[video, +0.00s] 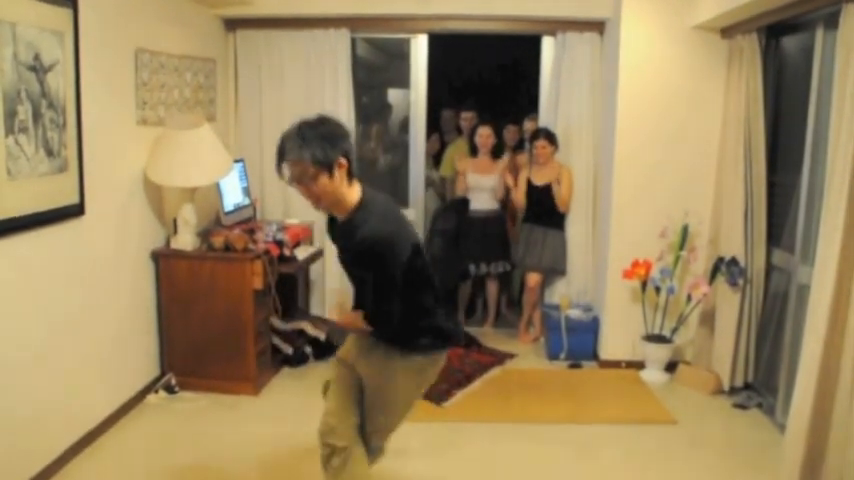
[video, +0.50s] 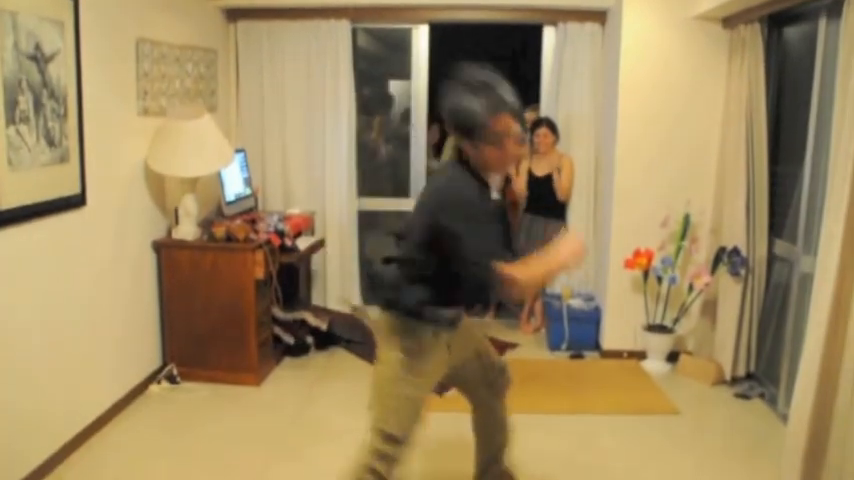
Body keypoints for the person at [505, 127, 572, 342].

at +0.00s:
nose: (540, 152)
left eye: (544, 147)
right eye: (536, 147)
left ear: (554, 149)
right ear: (532, 149)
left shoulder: (562, 172)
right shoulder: (526, 172)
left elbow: (563, 206)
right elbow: (520, 204)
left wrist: (555, 186)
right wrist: (514, 183)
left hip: (551, 229)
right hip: (530, 227)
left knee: (533, 280)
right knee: (535, 283)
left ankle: (523, 323)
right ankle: (538, 326)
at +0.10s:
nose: (540, 151)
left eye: (545, 146)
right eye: (537, 146)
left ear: (554, 148)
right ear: (532, 148)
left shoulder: (563, 171)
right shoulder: (527, 170)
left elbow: (564, 205)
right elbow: (521, 201)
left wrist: (546, 187)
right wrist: (518, 188)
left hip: (551, 228)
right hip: (530, 226)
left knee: (533, 278)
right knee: (534, 282)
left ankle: (524, 322)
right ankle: (538, 325)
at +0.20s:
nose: (540, 147)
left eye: (544, 142)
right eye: (537, 142)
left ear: (554, 145)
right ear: (532, 145)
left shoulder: (563, 168)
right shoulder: (527, 168)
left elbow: (564, 203)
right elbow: (522, 195)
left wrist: (536, 194)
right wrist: (526, 190)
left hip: (552, 224)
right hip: (531, 222)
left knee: (534, 276)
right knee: (533, 279)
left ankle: (524, 321)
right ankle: (539, 323)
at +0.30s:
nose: (539, 144)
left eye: (544, 140)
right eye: (536, 140)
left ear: (554, 143)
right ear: (532, 143)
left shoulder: (563, 166)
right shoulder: (527, 166)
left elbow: (564, 201)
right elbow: (522, 196)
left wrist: (538, 188)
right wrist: (524, 184)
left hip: (552, 223)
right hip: (530, 221)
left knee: (535, 273)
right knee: (533, 277)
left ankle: (524, 318)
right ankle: (539, 321)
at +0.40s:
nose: (539, 142)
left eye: (544, 138)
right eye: (536, 138)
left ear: (554, 141)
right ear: (532, 141)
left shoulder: (563, 163)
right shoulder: (527, 163)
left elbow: (562, 197)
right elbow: (521, 193)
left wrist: (550, 177)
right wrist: (515, 172)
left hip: (553, 223)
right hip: (531, 221)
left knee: (535, 273)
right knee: (534, 275)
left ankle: (525, 316)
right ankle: (539, 318)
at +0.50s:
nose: (541, 141)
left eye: (546, 136)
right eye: (537, 136)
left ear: (555, 138)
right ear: (533, 139)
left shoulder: (563, 162)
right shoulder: (526, 162)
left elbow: (563, 195)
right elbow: (520, 193)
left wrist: (556, 172)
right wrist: (518, 170)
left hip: (553, 221)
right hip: (530, 217)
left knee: (543, 269)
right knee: (529, 267)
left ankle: (533, 314)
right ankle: (533, 313)